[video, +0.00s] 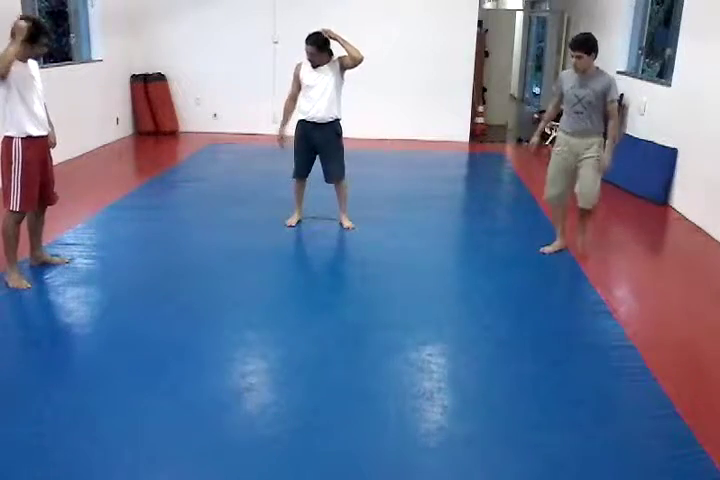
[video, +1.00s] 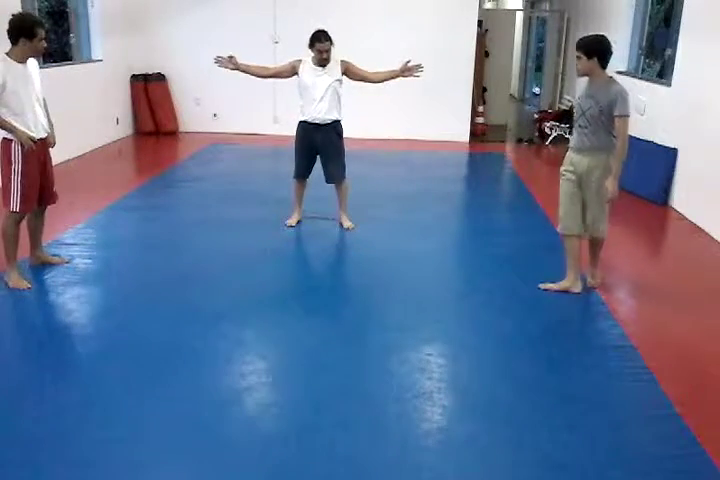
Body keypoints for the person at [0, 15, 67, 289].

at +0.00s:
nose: (37, 56)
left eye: (40, 53)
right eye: (36, 51)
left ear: (38, 47)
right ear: (23, 42)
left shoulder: (31, 63)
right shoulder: (6, 63)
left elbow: (39, 99)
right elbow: (3, 73)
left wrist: (49, 129)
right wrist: (15, 42)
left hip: (39, 137)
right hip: (16, 139)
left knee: (40, 202)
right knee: (16, 208)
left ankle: (37, 252)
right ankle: (11, 268)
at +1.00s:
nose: (45, 45)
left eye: (45, 39)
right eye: (41, 40)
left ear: (27, 41)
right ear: (24, 40)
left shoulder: (32, 63)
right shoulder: (4, 67)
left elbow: (39, 99)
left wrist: (49, 128)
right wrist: (16, 131)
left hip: (39, 140)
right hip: (14, 144)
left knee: (39, 202)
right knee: (16, 209)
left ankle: (37, 252)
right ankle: (11, 268)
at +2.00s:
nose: (51, 46)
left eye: (52, 41)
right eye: (51, 40)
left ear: (29, 37)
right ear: (42, 39)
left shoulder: (17, 61)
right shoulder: (26, 65)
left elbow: (9, 93)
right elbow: (30, 102)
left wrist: (35, 118)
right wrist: (49, 130)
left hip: (27, 136)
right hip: (36, 138)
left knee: (41, 198)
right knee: (59, 198)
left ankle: (42, 249)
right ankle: (36, 252)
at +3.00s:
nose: (83, 45)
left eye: (84, 41)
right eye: (83, 41)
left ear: (62, 36)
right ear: (76, 38)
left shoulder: (43, 56)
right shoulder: (71, 59)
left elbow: (19, 84)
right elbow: (86, 91)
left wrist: (33, 113)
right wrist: (82, 117)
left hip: (44, 124)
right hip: (63, 125)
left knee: (63, 177)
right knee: (72, 180)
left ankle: (68, 222)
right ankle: (69, 234)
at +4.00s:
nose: (73, 36)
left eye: (74, 31)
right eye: (69, 31)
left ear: (63, 33)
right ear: (55, 32)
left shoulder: (66, 58)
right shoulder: (38, 60)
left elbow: (72, 98)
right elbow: (37, 101)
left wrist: (84, 126)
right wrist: (44, 136)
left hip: (69, 123)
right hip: (51, 126)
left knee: (82, 171)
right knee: (51, 181)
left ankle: (72, 215)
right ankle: (53, 232)